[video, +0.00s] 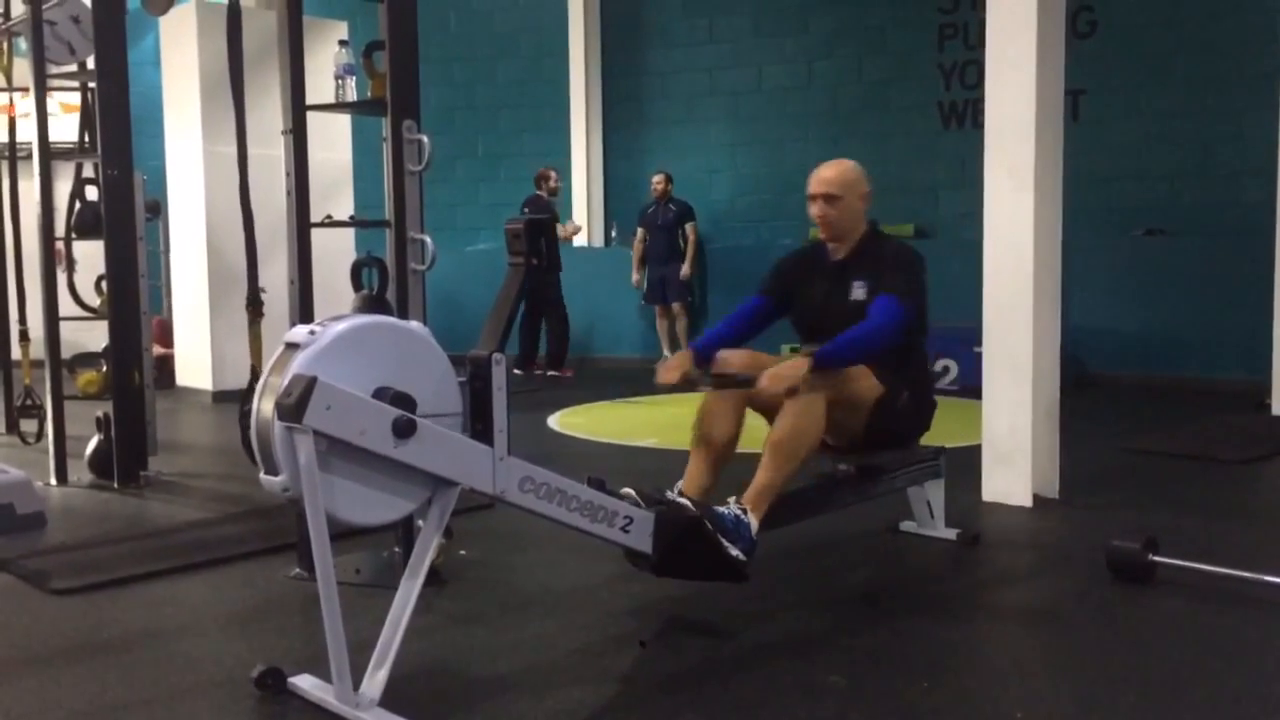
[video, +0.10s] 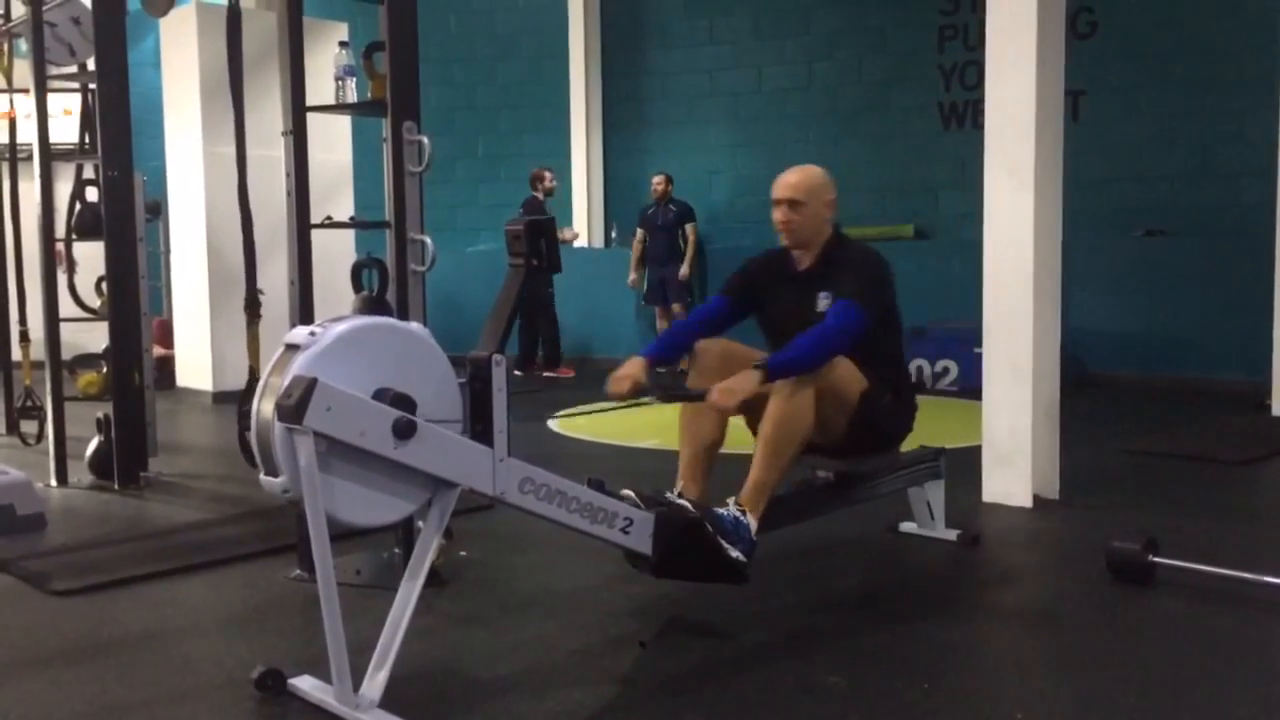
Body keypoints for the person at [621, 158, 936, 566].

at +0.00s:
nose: (818, 211)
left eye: (831, 200)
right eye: (812, 200)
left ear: (864, 200)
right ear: (806, 203)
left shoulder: (897, 260)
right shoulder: (801, 263)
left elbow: (882, 330)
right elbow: (751, 316)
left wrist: (808, 363)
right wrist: (692, 354)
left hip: (892, 406)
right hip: (819, 401)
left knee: (814, 379)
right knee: (730, 363)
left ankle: (746, 519)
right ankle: (687, 501)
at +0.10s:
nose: (781, 217)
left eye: (794, 206)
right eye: (776, 206)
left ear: (829, 209)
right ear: (770, 209)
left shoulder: (862, 266)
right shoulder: (765, 270)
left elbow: (833, 336)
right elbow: (704, 321)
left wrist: (762, 373)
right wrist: (645, 360)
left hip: (872, 419)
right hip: (795, 413)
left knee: (801, 367)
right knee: (708, 353)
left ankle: (745, 517)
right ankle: (687, 500)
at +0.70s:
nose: (884, 197)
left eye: (897, 188)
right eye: (880, 188)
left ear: (927, 196)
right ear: (873, 194)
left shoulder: (952, 258)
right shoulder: (854, 262)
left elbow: (926, 299)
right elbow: (805, 303)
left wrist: (863, 316)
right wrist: (749, 323)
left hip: (914, 391)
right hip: (849, 381)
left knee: (825, 406)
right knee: (757, 397)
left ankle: (746, 524)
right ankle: (681, 507)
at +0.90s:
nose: (942, 232)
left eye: (955, 225)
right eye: (938, 223)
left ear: (982, 233)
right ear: (931, 230)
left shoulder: (1003, 290)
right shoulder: (906, 286)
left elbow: (1020, 343)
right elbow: (863, 345)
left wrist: (961, 322)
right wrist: (837, 335)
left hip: (929, 391)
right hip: (867, 379)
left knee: (842, 439)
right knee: (797, 430)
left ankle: (751, 521)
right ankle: (686, 507)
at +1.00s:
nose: (947, 243)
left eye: (959, 235)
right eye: (942, 235)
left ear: (986, 242)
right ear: (936, 241)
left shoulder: (1011, 303)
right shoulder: (912, 293)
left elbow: (1051, 363)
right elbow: (864, 364)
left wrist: (1005, 309)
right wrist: (862, 327)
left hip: (928, 389)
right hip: (872, 379)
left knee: (843, 443)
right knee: (797, 433)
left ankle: (751, 527)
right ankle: (691, 510)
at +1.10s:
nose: (944, 246)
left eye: (955, 237)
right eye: (938, 237)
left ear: (983, 241)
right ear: (931, 242)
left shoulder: (1008, 298)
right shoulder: (911, 291)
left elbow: (1045, 363)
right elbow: (861, 366)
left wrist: (1005, 306)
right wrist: (863, 320)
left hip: (928, 391)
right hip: (871, 381)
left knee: (843, 440)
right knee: (796, 431)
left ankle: (752, 527)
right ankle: (692, 511)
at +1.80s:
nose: (741, 226)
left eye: (754, 216)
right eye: (737, 215)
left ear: (791, 222)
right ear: (732, 219)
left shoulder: (824, 272)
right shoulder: (733, 275)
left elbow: (780, 334)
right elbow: (665, 322)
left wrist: (699, 370)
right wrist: (588, 358)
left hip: (854, 427)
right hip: (780, 428)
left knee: (786, 362)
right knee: (690, 351)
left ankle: (744, 517)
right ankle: (686, 503)